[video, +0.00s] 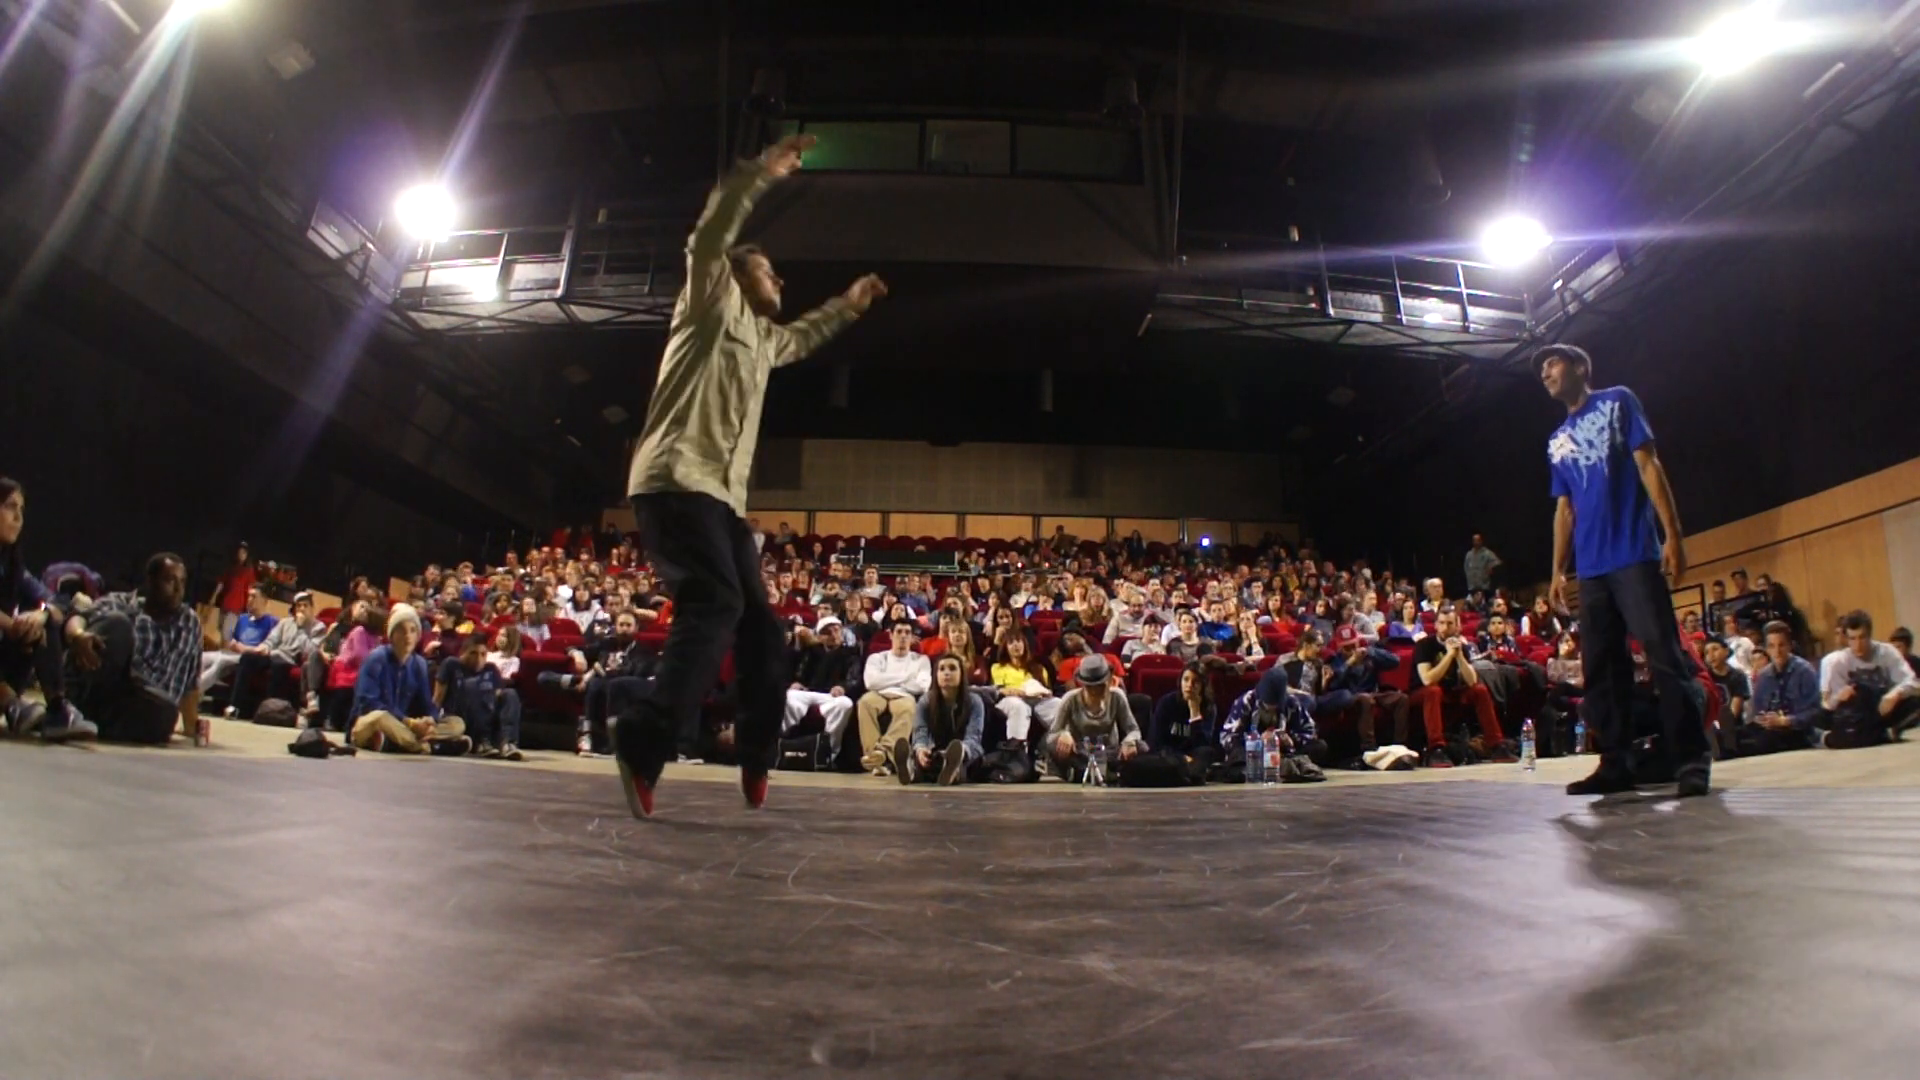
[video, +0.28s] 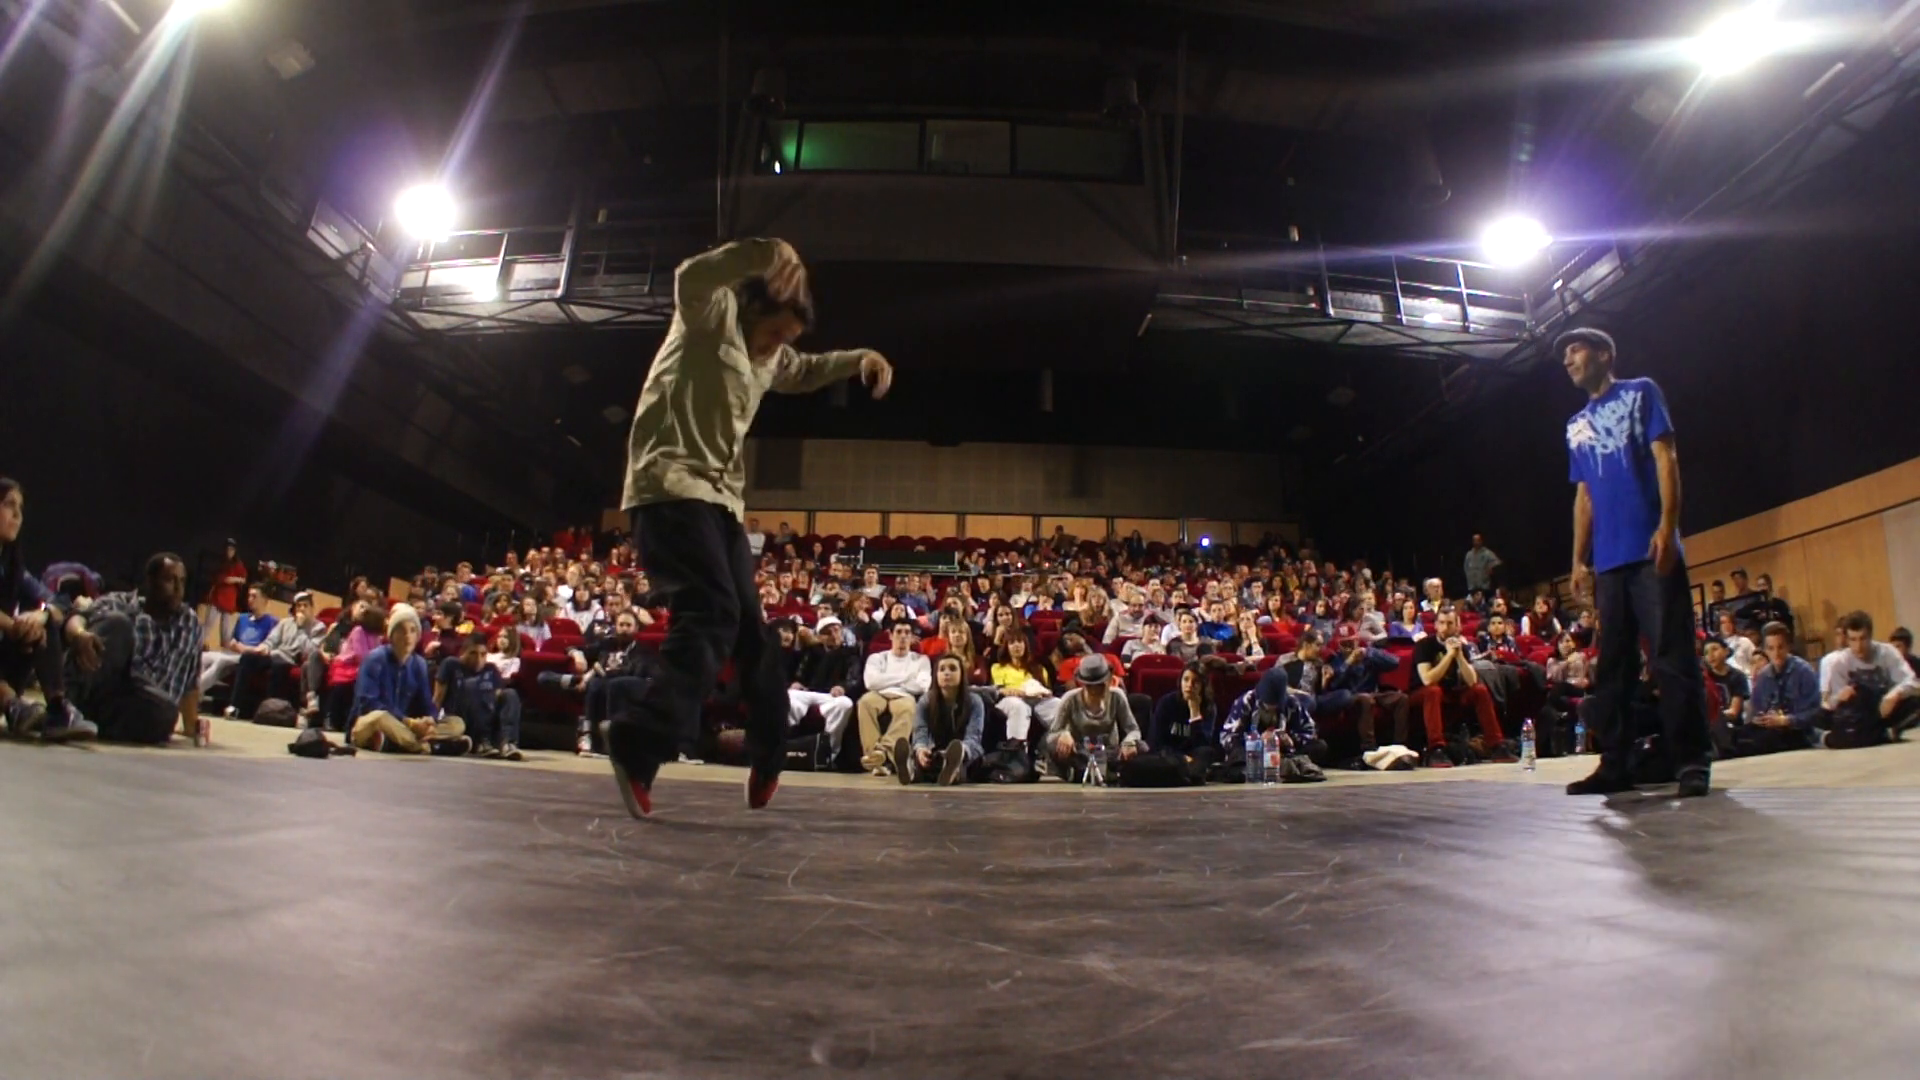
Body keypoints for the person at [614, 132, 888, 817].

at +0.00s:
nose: (776, 278)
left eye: (776, 271)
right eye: (766, 269)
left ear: (766, 283)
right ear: (736, 273)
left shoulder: (768, 338)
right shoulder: (712, 302)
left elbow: (803, 335)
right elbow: (711, 241)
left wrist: (847, 305)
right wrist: (761, 173)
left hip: (722, 497)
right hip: (673, 481)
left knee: (761, 623)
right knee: (715, 601)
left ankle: (757, 751)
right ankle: (646, 741)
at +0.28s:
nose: (779, 348)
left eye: (788, 341)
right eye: (776, 334)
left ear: (791, 336)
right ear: (755, 310)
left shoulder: (771, 361)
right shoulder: (710, 321)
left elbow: (808, 370)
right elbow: (692, 279)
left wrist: (860, 358)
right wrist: (765, 253)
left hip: (721, 501)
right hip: (671, 486)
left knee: (751, 625)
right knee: (712, 612)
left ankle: (768, 747)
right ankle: (641, 741)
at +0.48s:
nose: (796, 312)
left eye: (799, 304)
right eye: (788, 299)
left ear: (790, 312)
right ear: (753, 295)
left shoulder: (774, 366)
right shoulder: (708, 318)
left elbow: (810, 409)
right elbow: (651, 313)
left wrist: (862, 438)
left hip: (725, 505)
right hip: (671, 486)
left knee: (764, 630)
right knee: (705, 613)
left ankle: (769, 750)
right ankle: (633, 747)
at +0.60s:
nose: (792, 310)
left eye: (794, 303)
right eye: (783, 299)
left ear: (784, 313)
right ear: (749, 299)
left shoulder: (773, 370)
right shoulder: (713, 325)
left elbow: (798, 413)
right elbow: (656, 313)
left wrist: (823, 447)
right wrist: (587, 302)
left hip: (730, 513)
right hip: (676, 497)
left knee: (784, 627)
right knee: (692, 606)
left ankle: (735, 744)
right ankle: (600, 751)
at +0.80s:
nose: (791, 312)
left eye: (792, 305)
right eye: (783, 301)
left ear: (771, 312)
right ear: (749, 300)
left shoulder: (762, 368)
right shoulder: (715, 327)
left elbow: (778, 416)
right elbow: (647, 325)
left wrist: (838, 430)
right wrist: (663, 354)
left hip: (727, 519)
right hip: (685, 502)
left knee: (744, 652)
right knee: (678, 634)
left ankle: (693, 776)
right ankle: (598, 765)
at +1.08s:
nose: (790, 300)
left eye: (789, 293)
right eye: (781, 290)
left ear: (765, 297)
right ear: (747, 291)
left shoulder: (765, 367)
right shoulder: (722, 329)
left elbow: (791, 424)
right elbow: (685, 377)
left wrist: (836, 454)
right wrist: (748, 422)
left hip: (734, 519)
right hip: (694, 506)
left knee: (723, 649)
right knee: (692, 635)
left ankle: (692, 775)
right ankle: (602, 736)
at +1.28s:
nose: (785, 296)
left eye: (784, 287)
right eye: (775, 284)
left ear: (755, 294)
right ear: (741, 287)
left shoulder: (764, 368)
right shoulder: (716, 333)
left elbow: (810, 429)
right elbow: (673, 411)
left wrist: (888, 422)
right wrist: (660, 492)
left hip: (729, 505)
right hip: (707, 499)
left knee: (720, 645)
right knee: (784, 607)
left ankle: (693, 774)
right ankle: (837, 722)